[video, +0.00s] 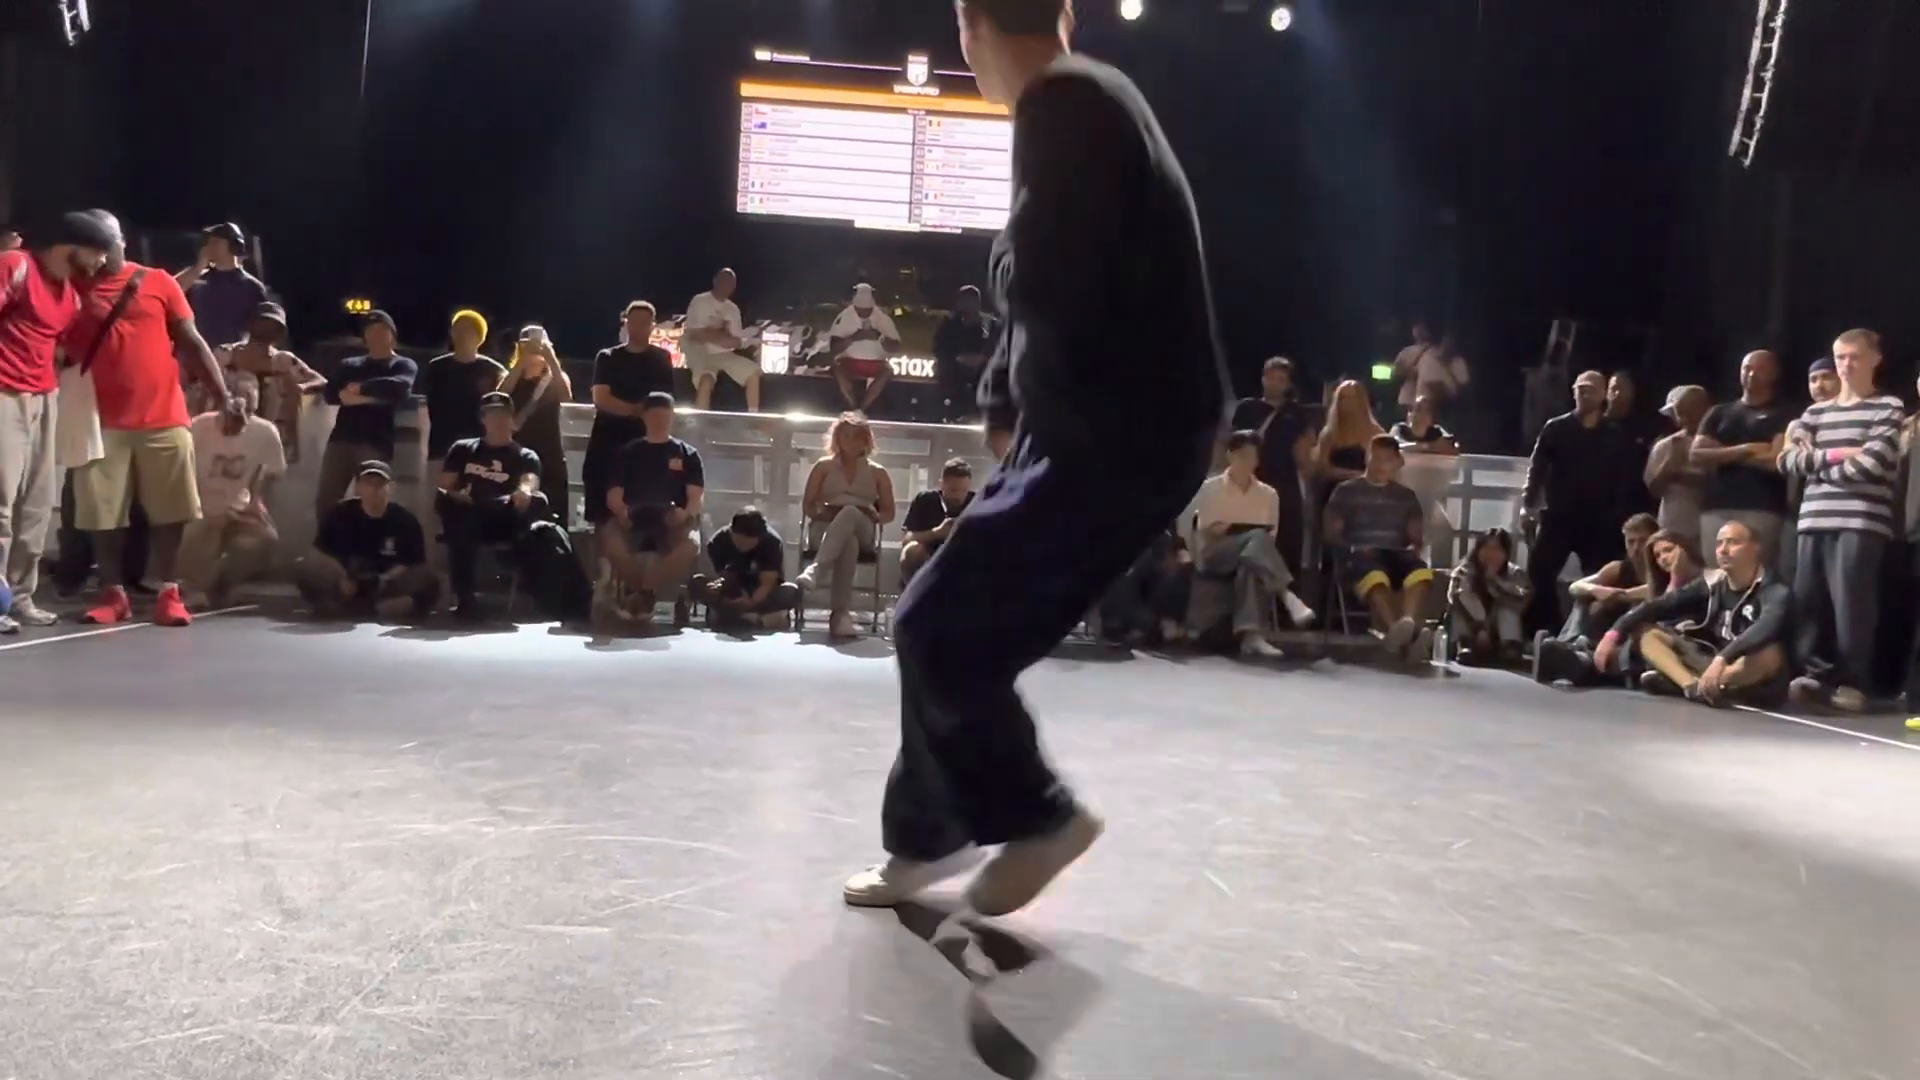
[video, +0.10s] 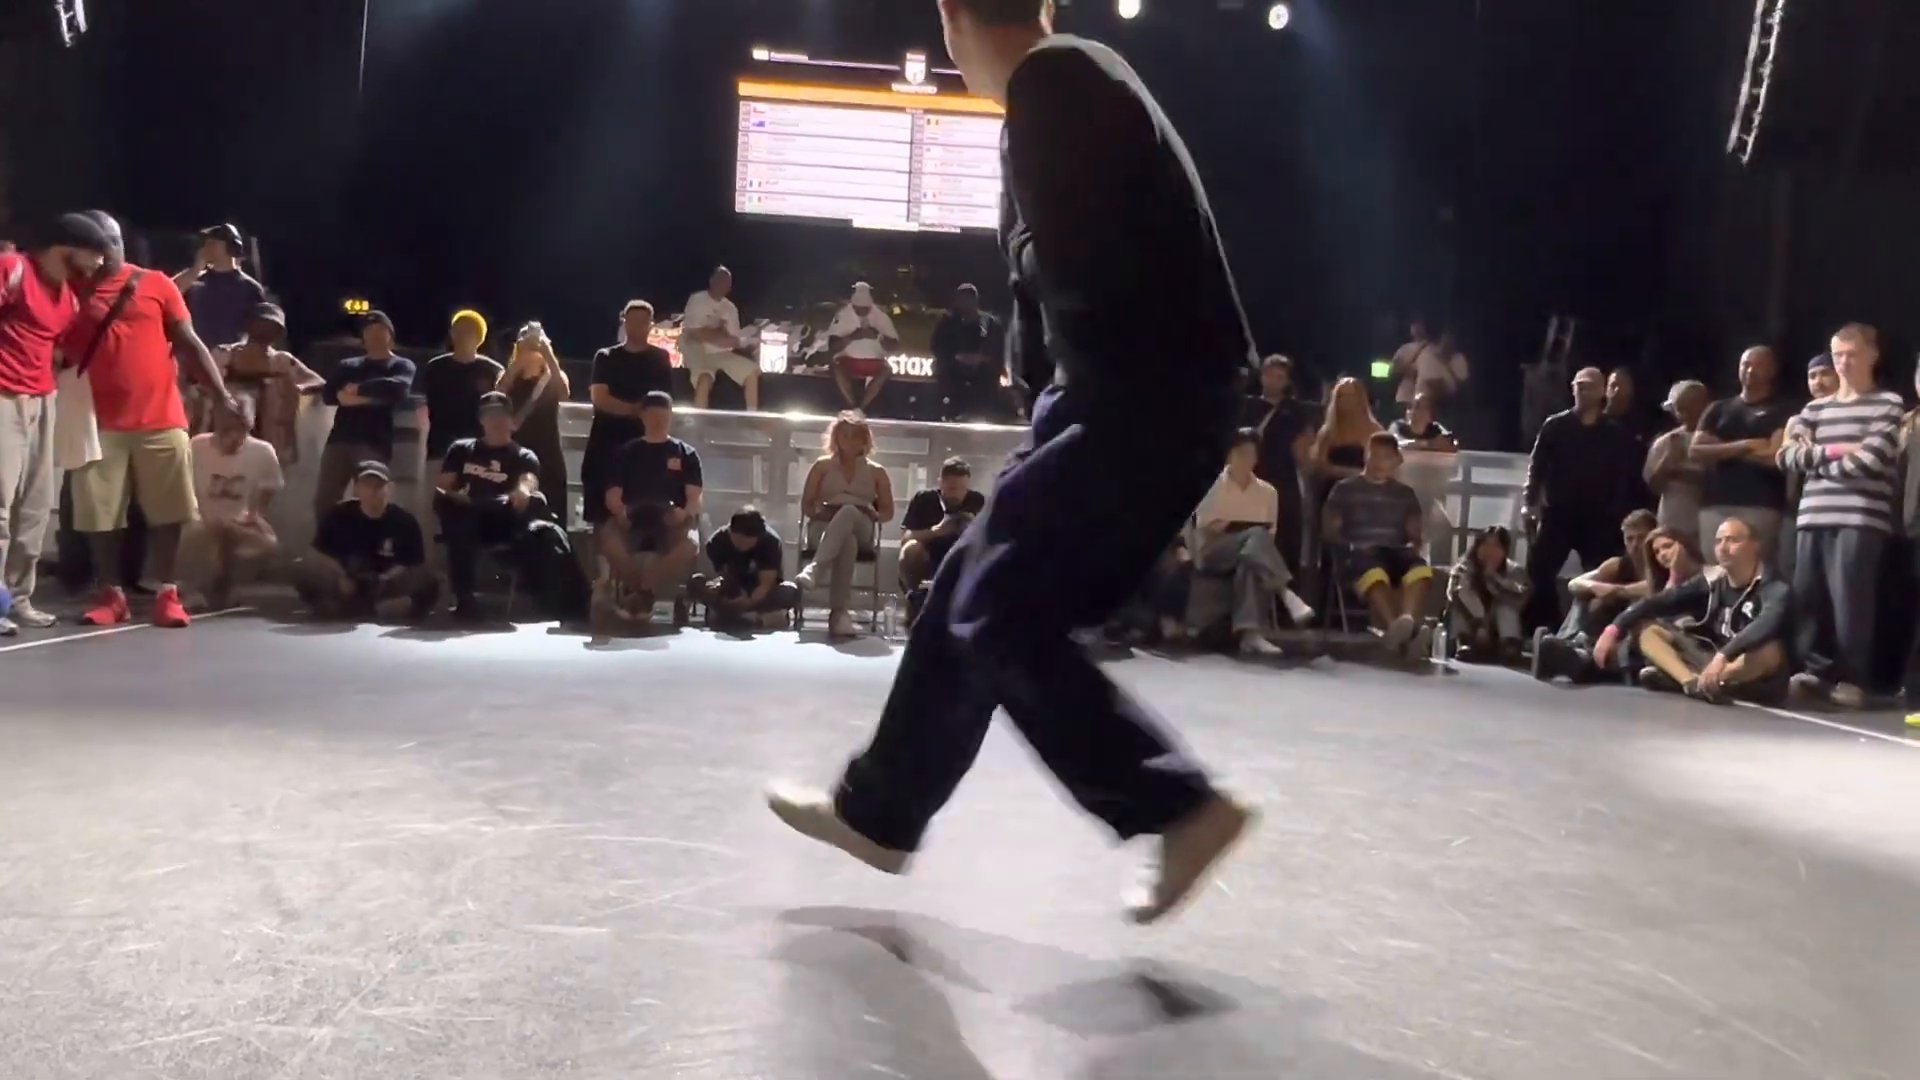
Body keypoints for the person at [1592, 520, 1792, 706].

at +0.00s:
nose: (1723, 549)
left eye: (1733, 543)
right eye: (1720, 543)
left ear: (1755, 549)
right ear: (1715, 549)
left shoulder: (1775, 592)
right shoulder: (1713, 584)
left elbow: (1767, 628)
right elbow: (1663, 605)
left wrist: (1723, 658)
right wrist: (1615, 633)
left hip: (1755, 677)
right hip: (1714, 663)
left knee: (1769, 655)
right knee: (1648, 636)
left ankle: (1692, 688)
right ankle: (1690, 685)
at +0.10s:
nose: (1723, 547)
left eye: (1732, 541)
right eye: (1719, 542)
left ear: (1754, 546)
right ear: (1714, 547)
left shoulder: (1775, 589)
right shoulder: (1712, 581)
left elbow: (1768, 625)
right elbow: (1663, 601)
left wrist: (1723, 655)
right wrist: (1615, 629)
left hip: (1755, 675)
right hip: (1713, 661)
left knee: (1770, 652)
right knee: (1648, 631)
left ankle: (1696, 684)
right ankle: (1689, 682)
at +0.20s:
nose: (1721, 538)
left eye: (1730, 531)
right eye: (1717, 532)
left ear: (1752, 536)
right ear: (1712, 537)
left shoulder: (1771, 578)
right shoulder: (1709, 570)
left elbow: (1766, 613)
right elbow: (1660, 591)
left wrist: (1721, 644)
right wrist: (1611, 619)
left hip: (1749, 658)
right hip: (1708, 647)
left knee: (1765, 642)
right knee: (1645, 622)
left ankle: (1694, 674)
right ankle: (1687, 672)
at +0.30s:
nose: (1722, 532)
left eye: (1731, 526)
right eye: (1718, 526)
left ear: (1753, 532)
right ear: (1713, 532)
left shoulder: (1772, 575)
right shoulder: (1709, 566)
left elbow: (1764, 611)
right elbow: (1659, 588)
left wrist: (1720, 641)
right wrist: (1611, 617)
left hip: (1752, 661)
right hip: (1710, 646)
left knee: (1765, 637)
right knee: (1645, 621)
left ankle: (1689, 671)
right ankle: (1687, 669)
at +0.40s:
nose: (1724, 534)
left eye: (1733, 528)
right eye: (1720, 528)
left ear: (1754, 534)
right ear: (1715, 534)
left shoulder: (1772, 577)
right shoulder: (1710, 568)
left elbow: (1767, 612)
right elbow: (1658, 593)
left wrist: (1722, 644)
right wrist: (1612, 621)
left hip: (1752, 662)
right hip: (1710, 649)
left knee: (1767, 640)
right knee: (1647, 624)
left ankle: (1691, 673)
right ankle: (1689, 672)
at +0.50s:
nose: (1726, 538)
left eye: (1735, 532)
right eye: (1722, 532)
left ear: (1755, 538)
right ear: (1716, 538)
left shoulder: (1774, 582)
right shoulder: (1711, 572)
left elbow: (1767, 618)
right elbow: (1661, 596)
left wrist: (1724, 648)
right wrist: (1614, 624)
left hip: (1751, 659)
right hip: (1709, 649)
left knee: (1770, 643)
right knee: (1649, 628)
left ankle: (1692, 677)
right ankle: (1690, 675)